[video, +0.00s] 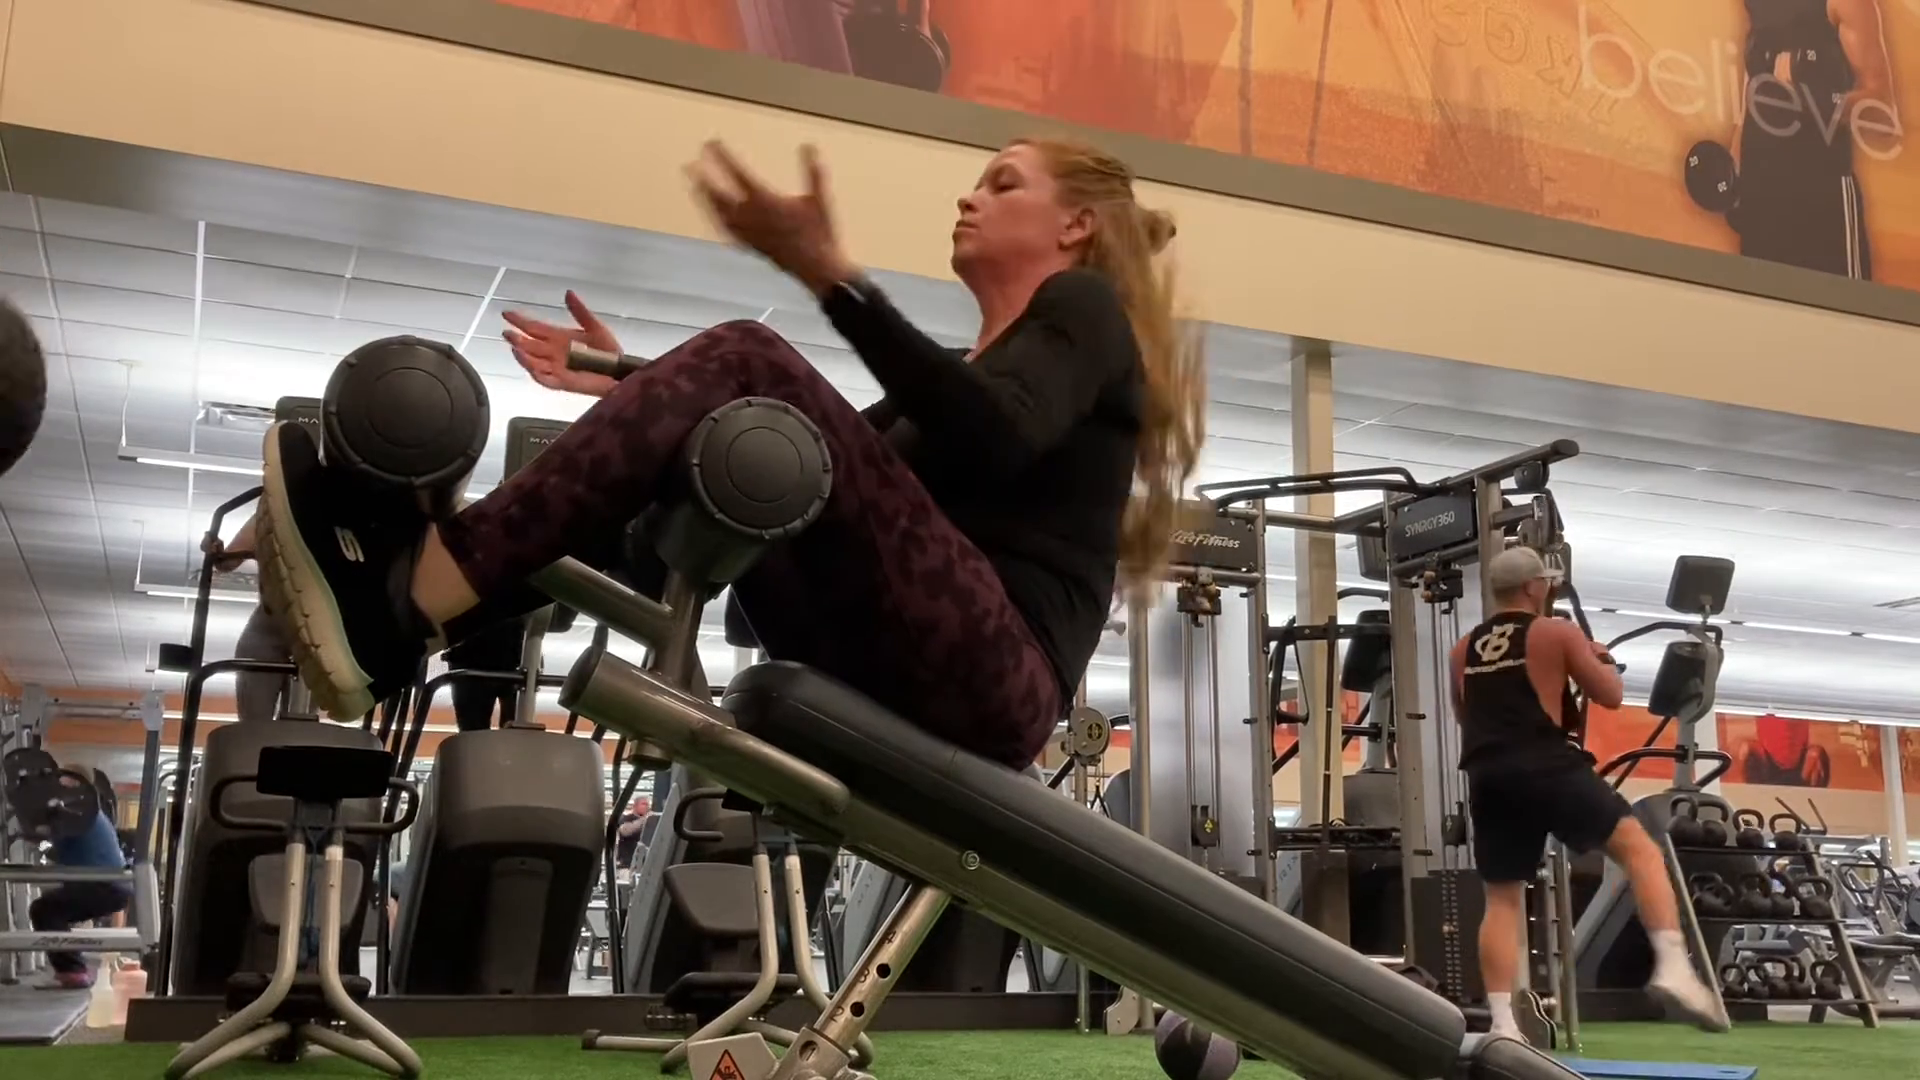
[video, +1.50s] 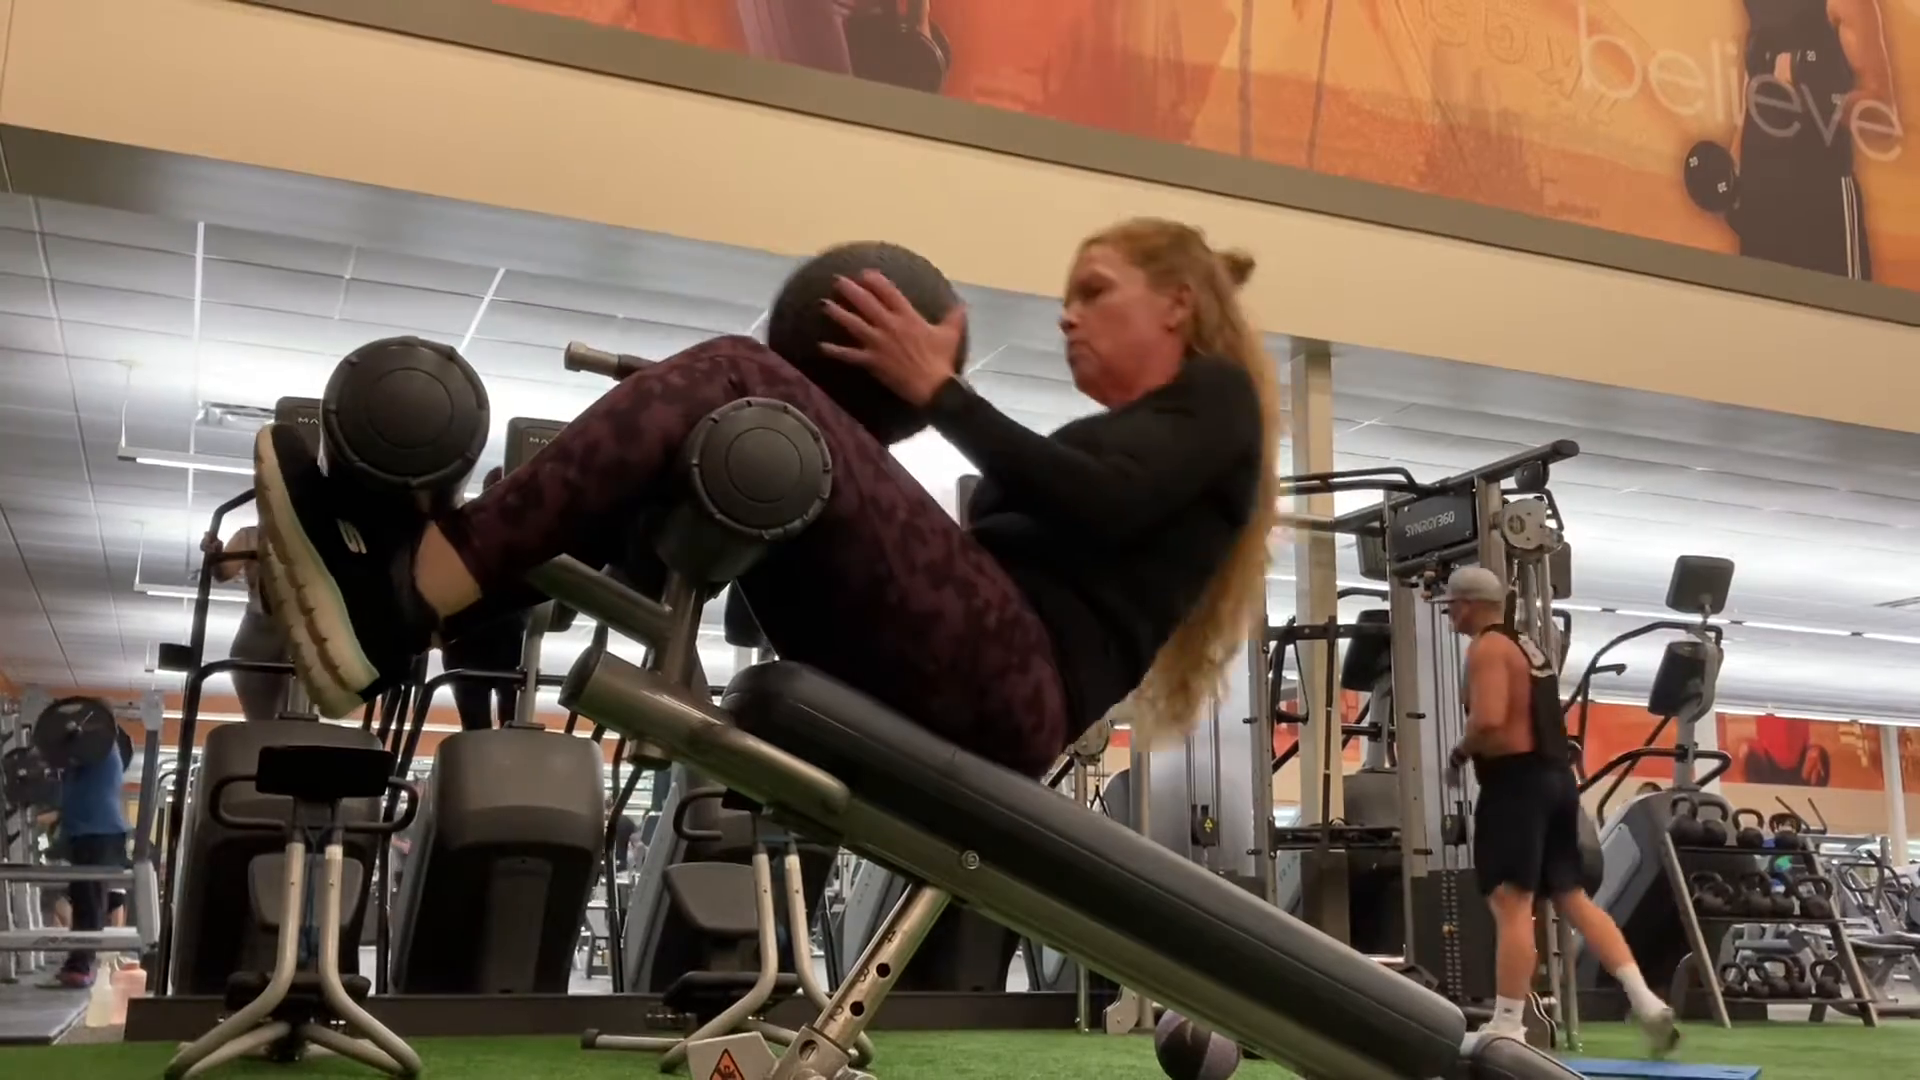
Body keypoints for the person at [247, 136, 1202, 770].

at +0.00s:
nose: (968, 197)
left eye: (1003, 185)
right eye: (976, 184)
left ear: (1078, 226)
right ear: (996, 233)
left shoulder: (1085, 309)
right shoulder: (969, 377)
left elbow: (996, 432)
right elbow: (838, 455)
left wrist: (834, 283)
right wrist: (638, 379)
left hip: (992, 672)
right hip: (904, 658)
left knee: (751, 361)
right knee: (723, 418)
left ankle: (423, 601)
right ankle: (406, 598)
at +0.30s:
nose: (925, 205)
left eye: (957, 185)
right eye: (933, 188)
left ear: (1038, 214)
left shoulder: (1063, 299)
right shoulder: (948, 364)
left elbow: (932, 344)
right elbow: (821, 475)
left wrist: (710, 240)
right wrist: (619, 423)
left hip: (995, 678)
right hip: (891, 655)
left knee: (755, 360)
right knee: (718, 410)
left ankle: (417, 602)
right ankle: (407, 590)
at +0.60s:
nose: (908, 203)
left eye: (941, 181)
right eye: (916, 184)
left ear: (1022, 210)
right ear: (994, 214)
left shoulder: (1045, 297)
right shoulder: (923, 355)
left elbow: (878, 316)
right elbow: (800, 438)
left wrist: (644, 254)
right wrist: (576, 396)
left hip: (995, 675)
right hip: (884, 649)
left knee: (757, 366)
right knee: (726, 398)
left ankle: (426, 597)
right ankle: (419, 589)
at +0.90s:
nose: (916, 201)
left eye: (948, 182)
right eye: (926, 182)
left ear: (1026, 209)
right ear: (995, 210)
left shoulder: (1045, 295)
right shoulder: (958, 346)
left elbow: (876, 340)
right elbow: (838, 440)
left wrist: (693, 256)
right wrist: (687, 381)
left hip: (996, 678)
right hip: (896, 656)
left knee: (761, 375)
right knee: (723, 391)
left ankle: (427, 596)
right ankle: (426, 583)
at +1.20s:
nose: (955, 219)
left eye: (986, 201)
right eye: (961, 203)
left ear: (1064, 224)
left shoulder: (1085, 312)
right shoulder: (1008, 354)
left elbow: (935, 416)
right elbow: (899, 443)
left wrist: (772, 302)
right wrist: (765, 315)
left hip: (1000, 678)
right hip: (921, 659)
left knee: (752, 367)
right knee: (721, 377)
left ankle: (418, 600)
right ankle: (411, 591)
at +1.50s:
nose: (1068, 327)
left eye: (1091, 302)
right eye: (1070, 307)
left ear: (1176, 308)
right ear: (1128, 324)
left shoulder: (1216, 397)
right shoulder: (1121, 432)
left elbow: (1097, 497)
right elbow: (997, 542)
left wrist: (946, 396)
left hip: (1016, 677)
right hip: (958, 659)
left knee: (755, 381)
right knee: (747, 399)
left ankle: (421, 594)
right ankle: (422, 571)